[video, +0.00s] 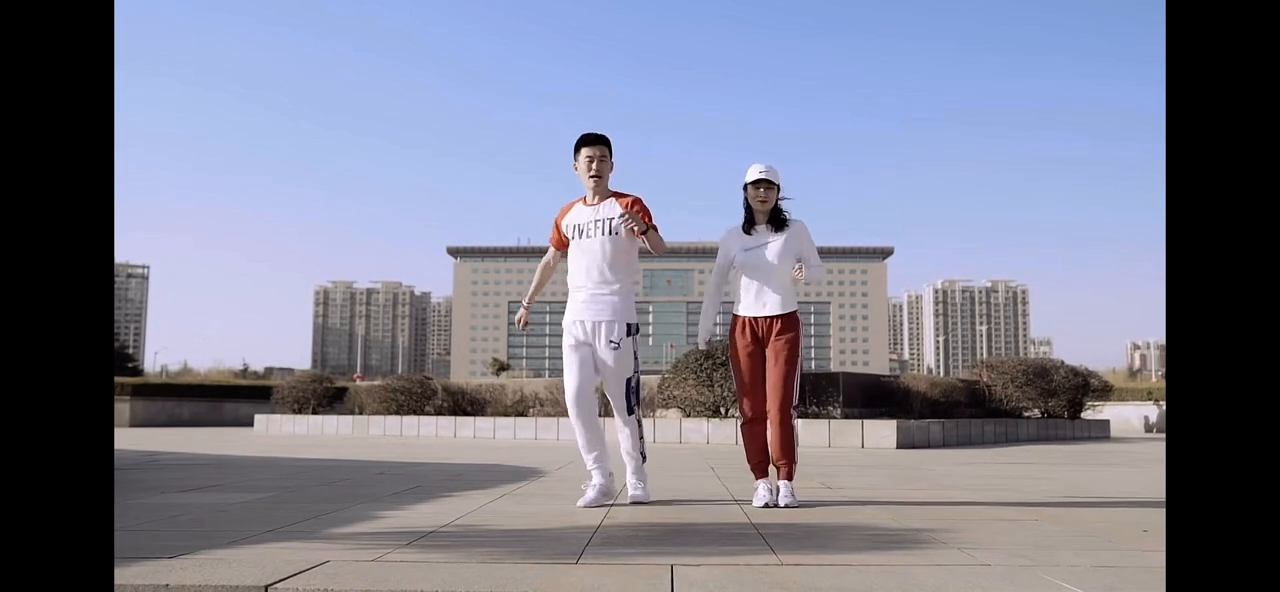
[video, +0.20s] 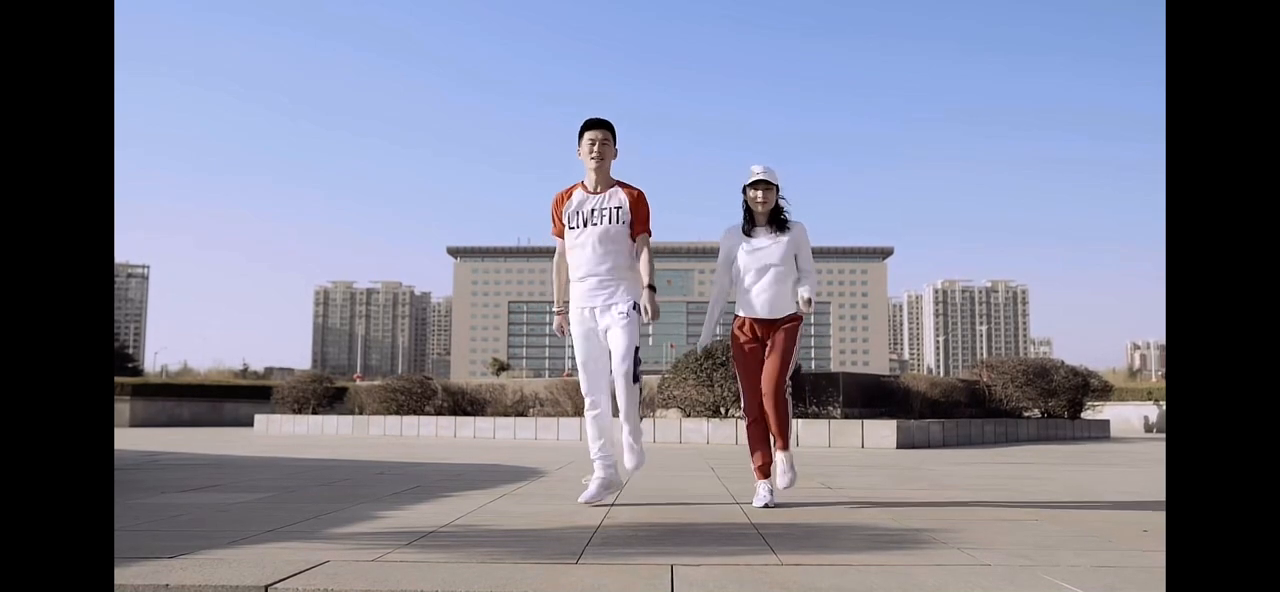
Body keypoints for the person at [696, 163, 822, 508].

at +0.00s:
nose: (762, 192)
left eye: (768, 186)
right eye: (756, 186)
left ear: (777, 192)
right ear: (746, 192)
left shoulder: (795, 230)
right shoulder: (732, 237)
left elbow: (817, 271)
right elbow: (716, 285)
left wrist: (805, 274)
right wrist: (705, 328)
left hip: (783, 325)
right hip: (745, 326)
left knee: (779, 405)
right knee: (751, 407)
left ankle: (784, 482)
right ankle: (762, 482)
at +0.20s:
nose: (761, 194)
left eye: (767, 188)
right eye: (755, 188)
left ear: (776, 193)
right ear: (746, 194)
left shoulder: (795, 232)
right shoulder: (733, 237)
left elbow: (807, 274)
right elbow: (721, 289)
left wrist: (806, 293)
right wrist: (706, 332)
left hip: (785, 323)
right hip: (746, 326)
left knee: (771, 389)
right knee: (752, 404)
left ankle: (782, 452)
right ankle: (762, 480)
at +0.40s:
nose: (766, 184)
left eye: (773, 179)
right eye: (761, 178)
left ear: (782, 185)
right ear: (752, 184)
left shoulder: (796, 227)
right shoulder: (734, 228)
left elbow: (806, 273)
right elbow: (728, 272)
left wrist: (808, 311)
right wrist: (742, 306)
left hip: (785, 307)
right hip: (746, 312)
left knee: (771, 339)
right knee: (753, 400)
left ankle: (777, 417)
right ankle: (760, 478)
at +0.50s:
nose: (771, 185)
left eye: (777, 179)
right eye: (765, 179)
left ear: (786, 185)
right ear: (755, 185)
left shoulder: (795, 225)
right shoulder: (736, 222)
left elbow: (803, 263)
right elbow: (721, 261)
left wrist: (811, 297)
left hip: (785, 311)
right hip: (747, 311)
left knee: (775, 378)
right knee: (750, 398)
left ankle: (779, 459)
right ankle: (758, 471)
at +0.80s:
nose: (773, 180)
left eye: (779, 174)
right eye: (767, 174)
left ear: (788, 180)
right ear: (757, 180)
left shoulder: (803, 220)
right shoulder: (742, 218)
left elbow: (813, 269)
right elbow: (732, 259)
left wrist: (818, 312)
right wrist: (747, 279)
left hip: (788, 309)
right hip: (749, 308)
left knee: (784, 394)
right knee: (748, 393)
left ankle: (784, 476)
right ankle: (756, 445)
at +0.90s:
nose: (774, 190)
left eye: (779, 185)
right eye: (768, 185)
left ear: (789, 191)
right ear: (758, 192)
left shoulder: (806, 232)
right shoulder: (743, 234)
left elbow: (815, 272)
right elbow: (732, 287)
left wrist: (808, 301)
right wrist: (720, 326)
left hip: (793, 316)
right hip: (754, 314)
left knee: (785, 402)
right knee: (759, 339)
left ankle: (783, 484)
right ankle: (755, 403)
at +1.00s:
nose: (775, 187)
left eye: (781, 182)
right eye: (768, 183)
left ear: (790, 188)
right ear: (758, 190)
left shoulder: (807, 229)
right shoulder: (745, 233)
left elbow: (817, 272)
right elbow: (728, 284)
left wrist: (805, 264)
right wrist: (717, 330)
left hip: (794, 320)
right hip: (755, 315)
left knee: (783, 406)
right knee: (763, 329)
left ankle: (782, 483)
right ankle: (760, 407)